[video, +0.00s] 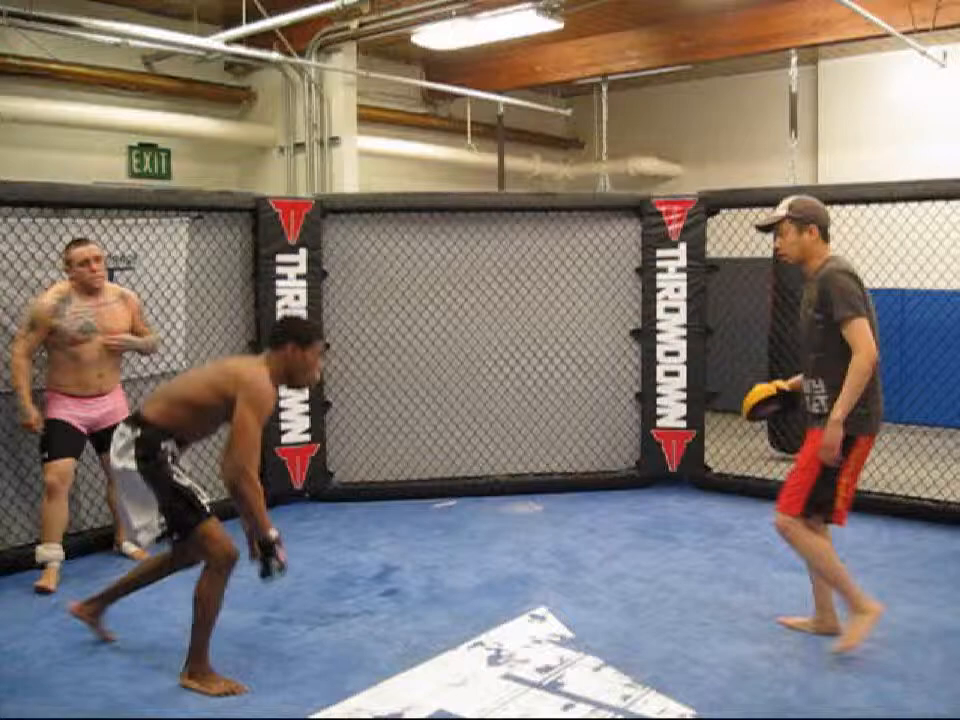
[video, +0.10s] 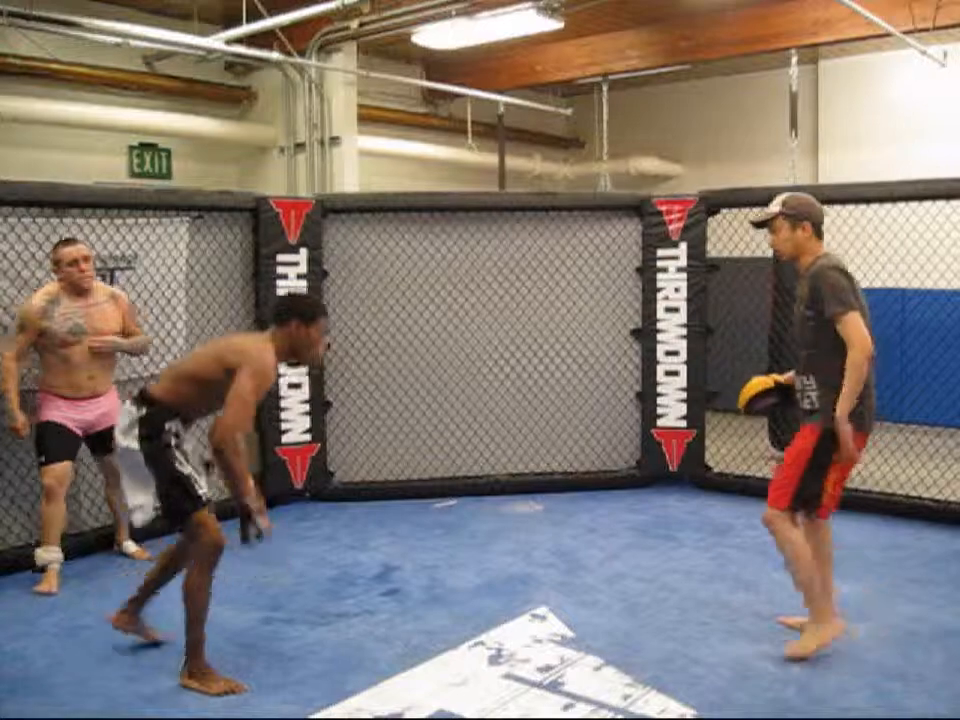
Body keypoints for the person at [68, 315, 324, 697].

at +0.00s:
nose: (319, 367)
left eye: (321, 357)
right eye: (317, 356)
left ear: (288, 351)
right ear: (291, 350)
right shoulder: (257, 385)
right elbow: (240, 473)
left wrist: (259, 534)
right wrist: (266, 536)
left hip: (152, 444)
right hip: (146, 448)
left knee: (191, 549)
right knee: (222, 554)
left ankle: (94, 605)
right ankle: (197, 669)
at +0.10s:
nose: (323, 344)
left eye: (324, 334)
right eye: (320, 334)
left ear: (293, 328)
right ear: (294, 328)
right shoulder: (259, 360)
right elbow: (225, 436)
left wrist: (247, 490)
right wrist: (248, 497)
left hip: (169, 420)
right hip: (158, 422)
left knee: (198, 535)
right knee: (208, 541)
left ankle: (130, 612)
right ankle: (196, 666)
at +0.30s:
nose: (320, 299)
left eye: (321, 288)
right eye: (316, 288)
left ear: (292, 283)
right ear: (291, 283)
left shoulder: (269, 318)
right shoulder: (257, 315)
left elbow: (211, 359)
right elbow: (191, 338)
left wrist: (235, 406)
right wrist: (199, 404)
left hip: (206, 415)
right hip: (186, 415)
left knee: (234, 525)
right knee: (224, 536)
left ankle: (195, 623)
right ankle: (199, 664)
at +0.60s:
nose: (328, 263)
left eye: (329, 254)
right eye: (323, 253)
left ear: (301, 250)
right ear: (297, 249)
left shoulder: (299, 295)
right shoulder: (247, 292)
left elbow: (298, 349)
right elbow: (212, 367)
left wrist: (323, 330)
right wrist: (269, 371)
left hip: (269, 410)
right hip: (239, 411)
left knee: (250, 531)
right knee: (268, 538)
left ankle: (196, 618)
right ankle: (256, 647)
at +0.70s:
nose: (335, 260)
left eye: (337, 251)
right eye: (330, 251)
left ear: (310, 248)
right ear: (302, 246)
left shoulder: (311, 287)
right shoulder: (252, 292)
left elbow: (301, 341)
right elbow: (230, 367)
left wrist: (335, 328)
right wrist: (291, 356)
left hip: (297, 418)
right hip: (262, 422)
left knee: (304, 528)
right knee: (270, 538)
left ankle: (232, 590)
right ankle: (257, 645)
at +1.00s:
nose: (392, 279)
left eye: (392, 270)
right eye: (385, 271)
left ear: (367, 269)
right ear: (355, 268)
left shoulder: (369, 311)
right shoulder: (312, 307)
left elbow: (399, 368)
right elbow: (323, 384)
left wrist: (395, 337)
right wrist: (364, 342)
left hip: (359, 427)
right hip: (317, 432)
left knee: (417, 520)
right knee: (300, 555)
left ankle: (455, 604)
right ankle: (278, 649)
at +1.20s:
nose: (452, 267)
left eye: (454, 259)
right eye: (446, 259)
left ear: (443, 254)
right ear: (419, 253)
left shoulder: (436, 275)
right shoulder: (370, 284)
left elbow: (504, 275)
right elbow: (340, 352)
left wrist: (539, 244)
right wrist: (385, 338)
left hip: (415, 401)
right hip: (368, 406)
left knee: (452, 504)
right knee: (333, 521)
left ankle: (461, 601)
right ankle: (301, 634)